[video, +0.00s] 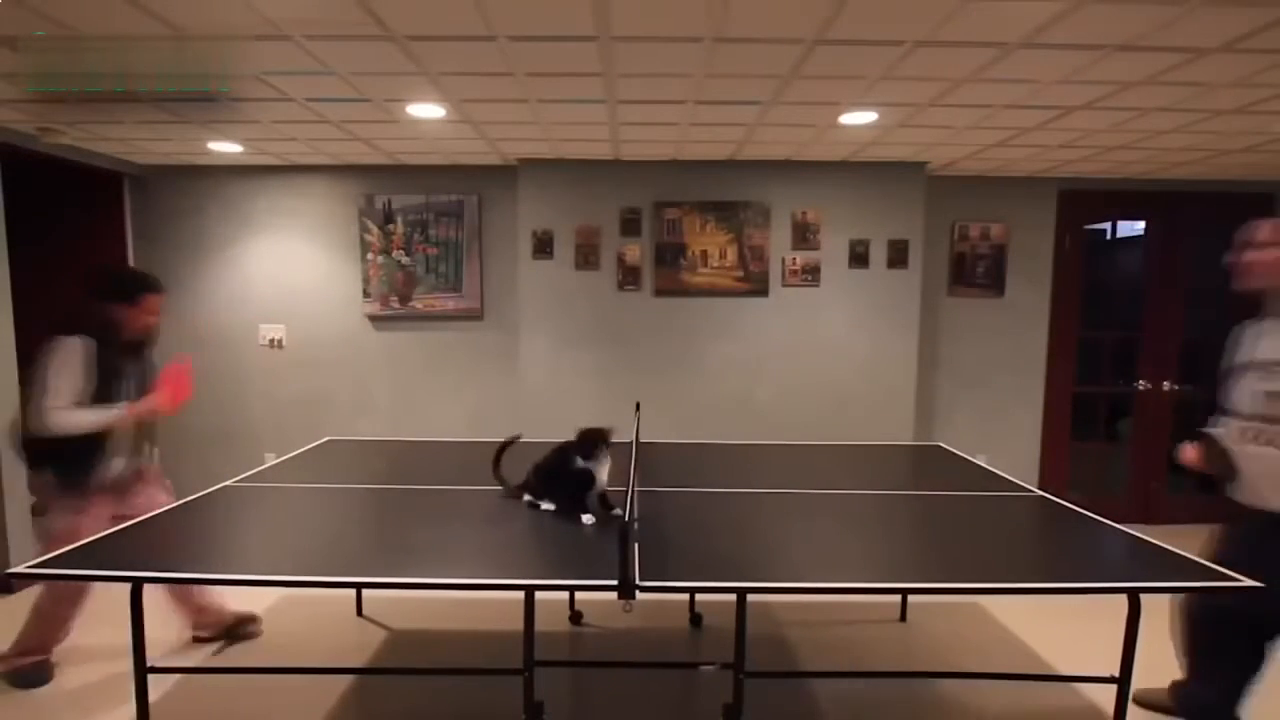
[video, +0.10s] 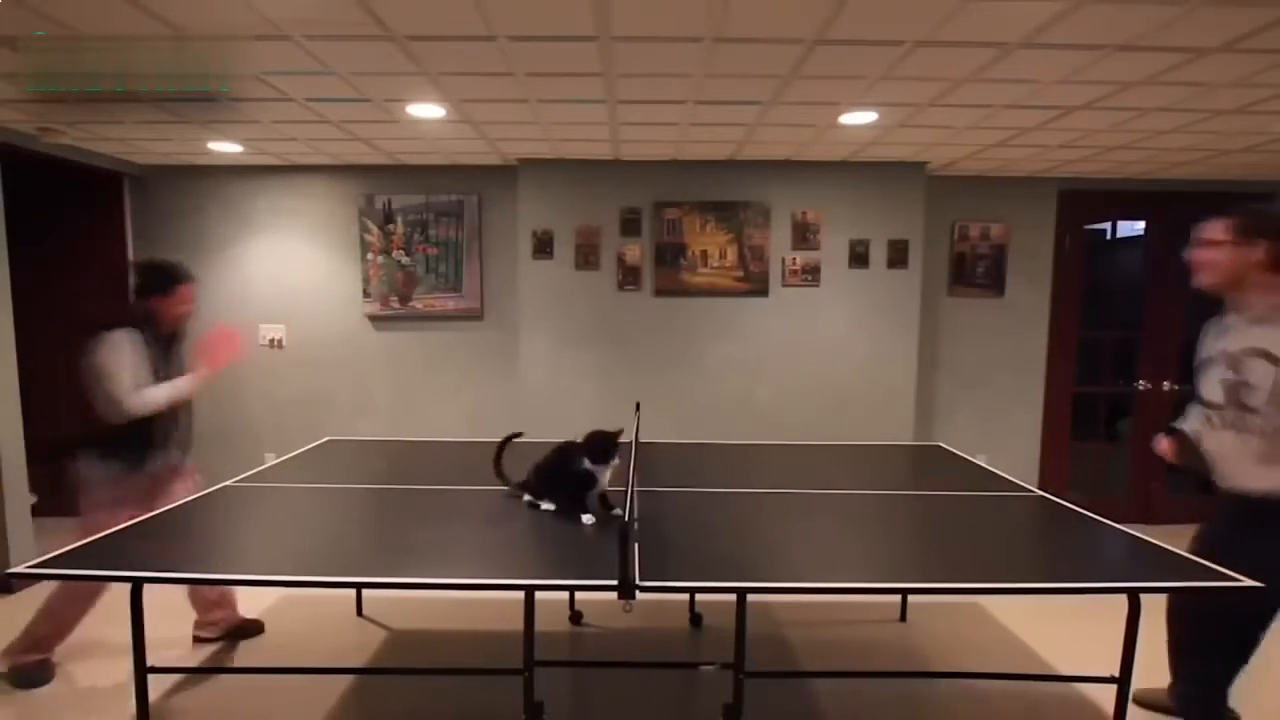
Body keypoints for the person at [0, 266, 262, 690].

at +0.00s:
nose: (154, 322)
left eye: (157, 313)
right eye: (147, 312)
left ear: (149, 313)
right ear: (118, 309)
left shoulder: (139, 357)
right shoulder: (72, 350)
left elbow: (130, 415)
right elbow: (49, 420)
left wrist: (160, 400)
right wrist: (132, 410)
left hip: (126, 480)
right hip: (73, 488)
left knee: (167, 539)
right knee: (72, 572)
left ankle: (208, 617)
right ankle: (27, 654)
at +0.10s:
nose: (188, 310)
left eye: (190, 302)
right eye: (181, 301)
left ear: (175, 303)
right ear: (153, 301)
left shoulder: (171, 347)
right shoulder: (118, 345)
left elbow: (166, 405)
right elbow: (125, 404)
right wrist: (196, 376)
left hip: (164, 469)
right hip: (113, 474)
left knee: (198, 532)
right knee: (98, 562)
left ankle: (217, 617)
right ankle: (29, 651)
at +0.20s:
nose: (224, 304)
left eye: (225, 294)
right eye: (218, 293)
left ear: (206, 294)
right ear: (194, 291)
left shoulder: (199, 335)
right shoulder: (158, 331)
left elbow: (189, 406)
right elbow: (197, 377)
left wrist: (197, 461)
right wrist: (256, 356)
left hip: (182, 459)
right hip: (137, 458)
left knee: (206, 533)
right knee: (124, 554)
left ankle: (217, 617)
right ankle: (40, 643)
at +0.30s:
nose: (250, 306)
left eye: (253, 299)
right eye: (245, 297)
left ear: (231, 297)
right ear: (217, 291)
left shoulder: (216, 334)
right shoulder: (178, 326)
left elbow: (197, 403)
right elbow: (213, 382)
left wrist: (199, 457)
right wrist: (275, 365)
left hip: (185, 450)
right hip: (144, 448)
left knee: (205, 533)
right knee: (151, 548)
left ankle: (215, 618)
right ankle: (60, 622)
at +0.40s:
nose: (258, 311)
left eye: (260, 304)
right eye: (254, 303)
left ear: (231, 300)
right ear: (226, 296)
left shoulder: (220, 337)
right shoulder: (183, 327)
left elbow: (203, 398)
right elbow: (195, 392)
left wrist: (199, 452)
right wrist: (262, 385)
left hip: (184, 447)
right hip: (145, 447)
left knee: (208, 527)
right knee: (178, 533)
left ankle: (216, 616)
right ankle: (80, 601)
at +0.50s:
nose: (253, 310)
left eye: (255, 303)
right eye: (248, 301)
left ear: (228, 300)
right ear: (219, 295)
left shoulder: (217, 336)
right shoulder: (177, 329)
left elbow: (208, 399)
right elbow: (168, 399)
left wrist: (203, 454)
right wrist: (240, 401)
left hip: (187, 449)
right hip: (145, 448)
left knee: (209, 528)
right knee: (182, 536)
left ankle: (215, 618)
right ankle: (88, 618)